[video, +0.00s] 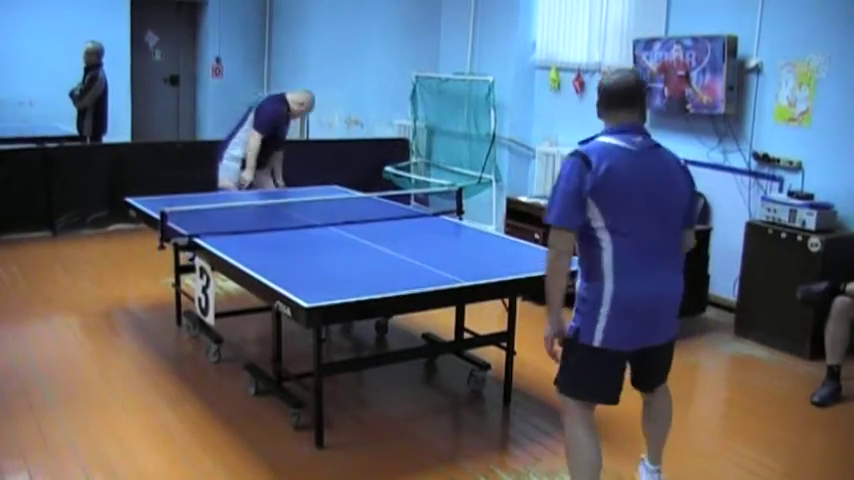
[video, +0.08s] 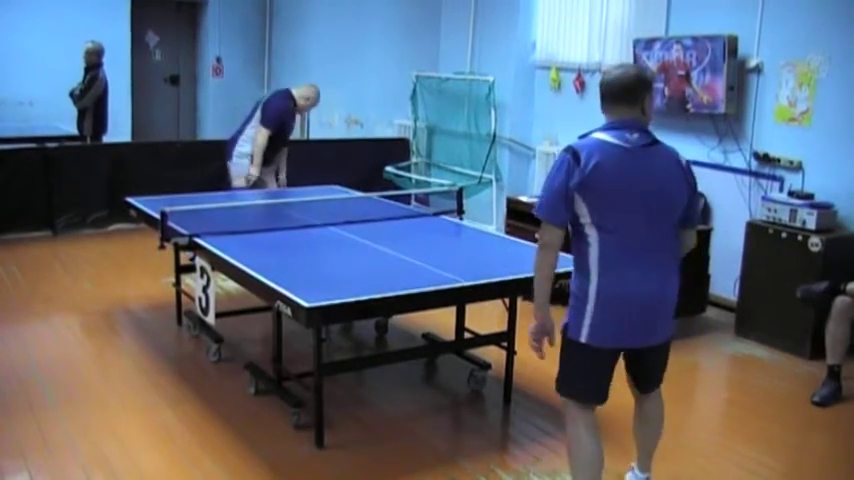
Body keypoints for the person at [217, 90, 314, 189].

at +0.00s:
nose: (300, 116)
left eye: (304, 113)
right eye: (303, 112)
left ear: (300, 103)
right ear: (300, 104)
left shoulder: (285, 114)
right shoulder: (273, 107)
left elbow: (278, 151)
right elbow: (255, 137)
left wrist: (279, 178)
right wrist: (249, 170)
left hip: (259, 163)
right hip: (235, 160)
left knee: (272, 201)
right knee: (229, 204)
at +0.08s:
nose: (307, 111)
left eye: (310, 108)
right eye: (310, 107)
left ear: (305, 98)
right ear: (306, 99)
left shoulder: (291, 109)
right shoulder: (280, 102)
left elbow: (283, 145)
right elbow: (262, 134)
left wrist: (282, 173)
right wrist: (255, 167)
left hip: (266, 160)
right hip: (244, 157)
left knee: (273, 200)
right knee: (244, 203)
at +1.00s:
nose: (340, 80)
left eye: (340, 77)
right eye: (341, 77)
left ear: (324, 71)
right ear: (339, 74)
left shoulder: (305, 89)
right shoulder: (338, 89)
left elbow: (298, 120)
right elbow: (346, 123)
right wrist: (352, 151)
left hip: (304, 149)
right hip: (329, 150)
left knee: (313, 193)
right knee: (339, 193)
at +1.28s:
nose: (351, 81)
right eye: (351, 78)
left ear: (334, 74)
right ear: (350, 77)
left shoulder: (317, 89)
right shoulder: (352, 94)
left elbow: (306, 117)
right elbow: (359, 124)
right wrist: (360, 148)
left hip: (316, 149)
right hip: (341, 150)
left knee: (320, 194)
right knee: (346, 193)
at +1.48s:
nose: (361, 81)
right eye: (361, 79)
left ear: (344, 73)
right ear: (359, 78)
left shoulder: (324, 88)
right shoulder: (361, 94)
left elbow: (316, 116)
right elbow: (367, 124)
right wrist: (364, 148)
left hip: (324, 146)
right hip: (348, 148)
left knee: (322, 185)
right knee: (351, 186)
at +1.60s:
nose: (362, 80)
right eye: (362, 77)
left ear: (346, 72)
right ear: (361, 76)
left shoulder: (327, 86)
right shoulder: (363, 90)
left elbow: (317, 112)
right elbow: (368, 120)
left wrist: (327, 127)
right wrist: (365, 137)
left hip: (326, 139)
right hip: (350, 140)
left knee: (325, 178)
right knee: (351, 182)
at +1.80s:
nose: (360, 80)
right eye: (361, 78)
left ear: (344, 73)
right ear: (360, 77)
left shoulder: (327, 88)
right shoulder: (362, 91)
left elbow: (317, 113)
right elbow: (370, 118)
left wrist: (328, 126)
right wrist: (364, 134)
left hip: (328, 141)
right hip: (352, 141)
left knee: (329, 179)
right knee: (350, 183)